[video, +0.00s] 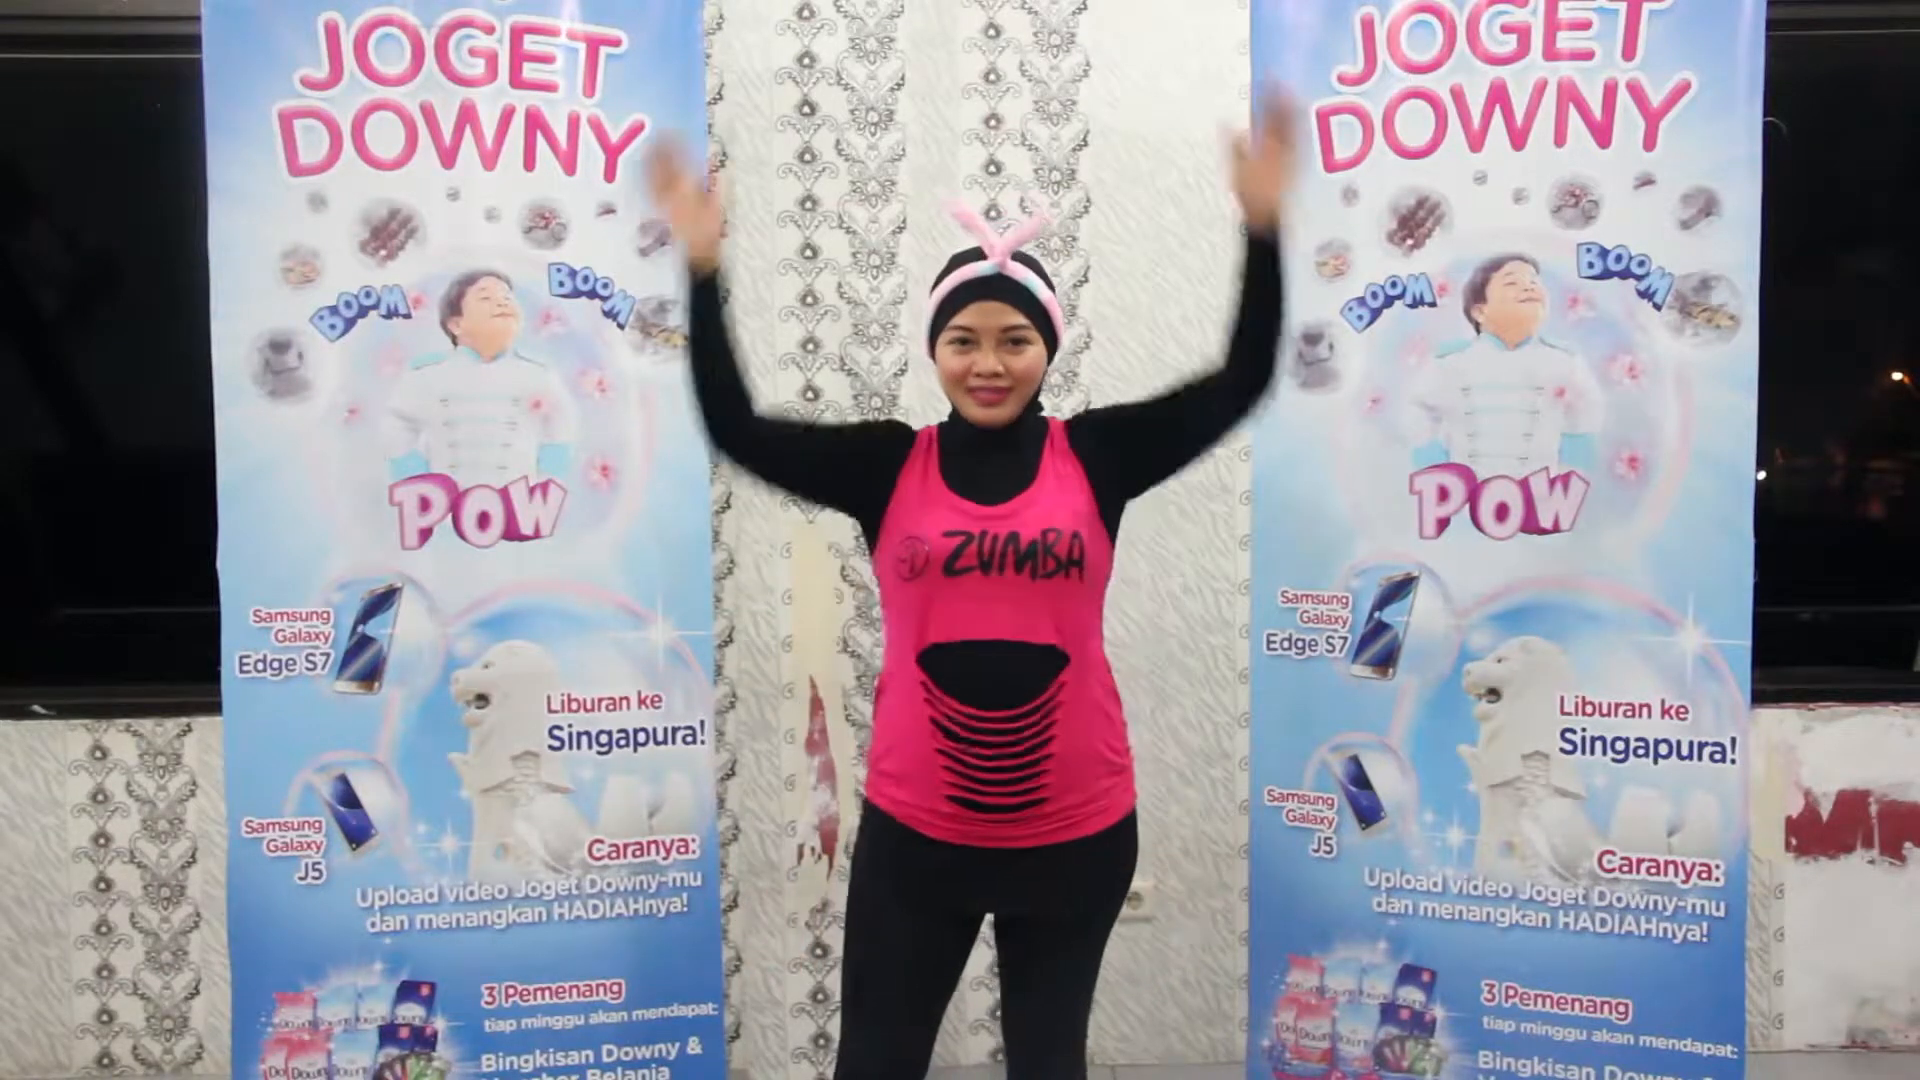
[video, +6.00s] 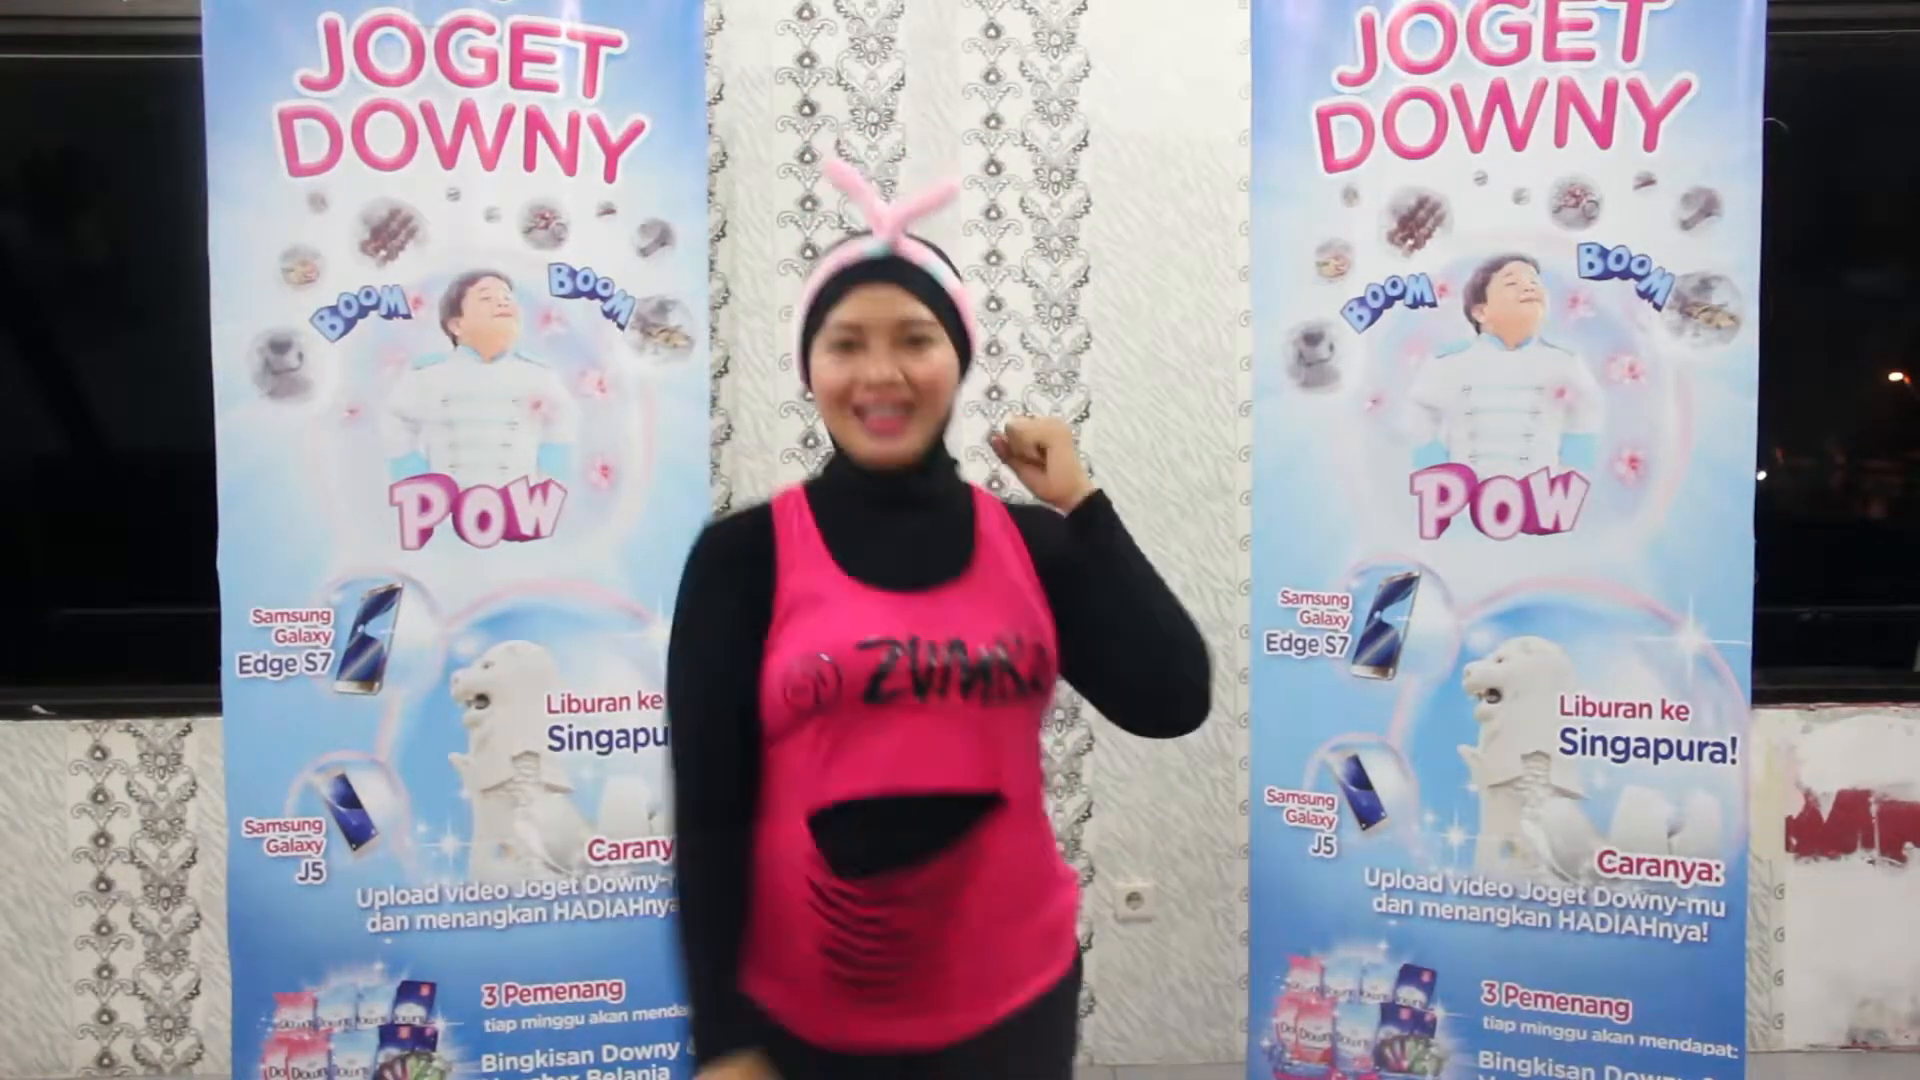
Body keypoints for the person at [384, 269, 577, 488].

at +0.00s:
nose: (501, 302)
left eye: (507, 296)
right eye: (484, 297)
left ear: (518, 313)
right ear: (454, 324)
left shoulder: (536, 376)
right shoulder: (422, 378)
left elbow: (559, 431)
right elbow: (393, 430)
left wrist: (544, 489)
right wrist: (415, 487)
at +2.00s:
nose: (502, 302)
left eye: (507, 296)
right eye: (484, 298)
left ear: (519, 314)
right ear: (454, 324)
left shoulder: (538, 377)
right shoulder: (422, 378)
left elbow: (559, 432)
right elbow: (392, 426)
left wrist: (546, 491)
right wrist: (413, 484)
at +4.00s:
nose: (502, 303)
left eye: (509, 297)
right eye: (485, 298)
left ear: (519, 315)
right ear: (455, 324)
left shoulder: (538, 377)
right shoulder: (421, 377)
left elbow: (560, 436)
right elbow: (394, 432)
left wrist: (546, 496)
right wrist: (415, 489)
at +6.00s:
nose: (502, 302)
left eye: (507, 296)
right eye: (485, 297)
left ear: (518, 314)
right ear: (455, 324)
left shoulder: (538, 378)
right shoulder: (423, 379)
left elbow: (559, 431)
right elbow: (393, 424)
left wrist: (547, 489)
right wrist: (412, 484)